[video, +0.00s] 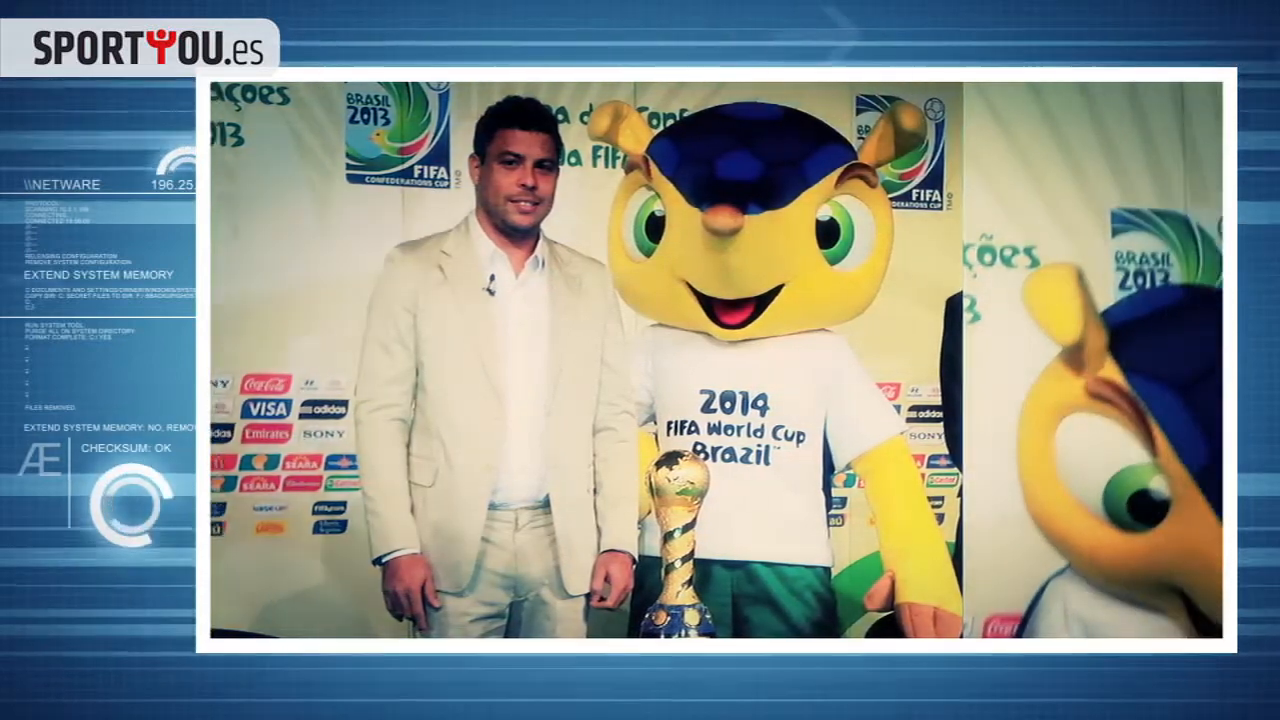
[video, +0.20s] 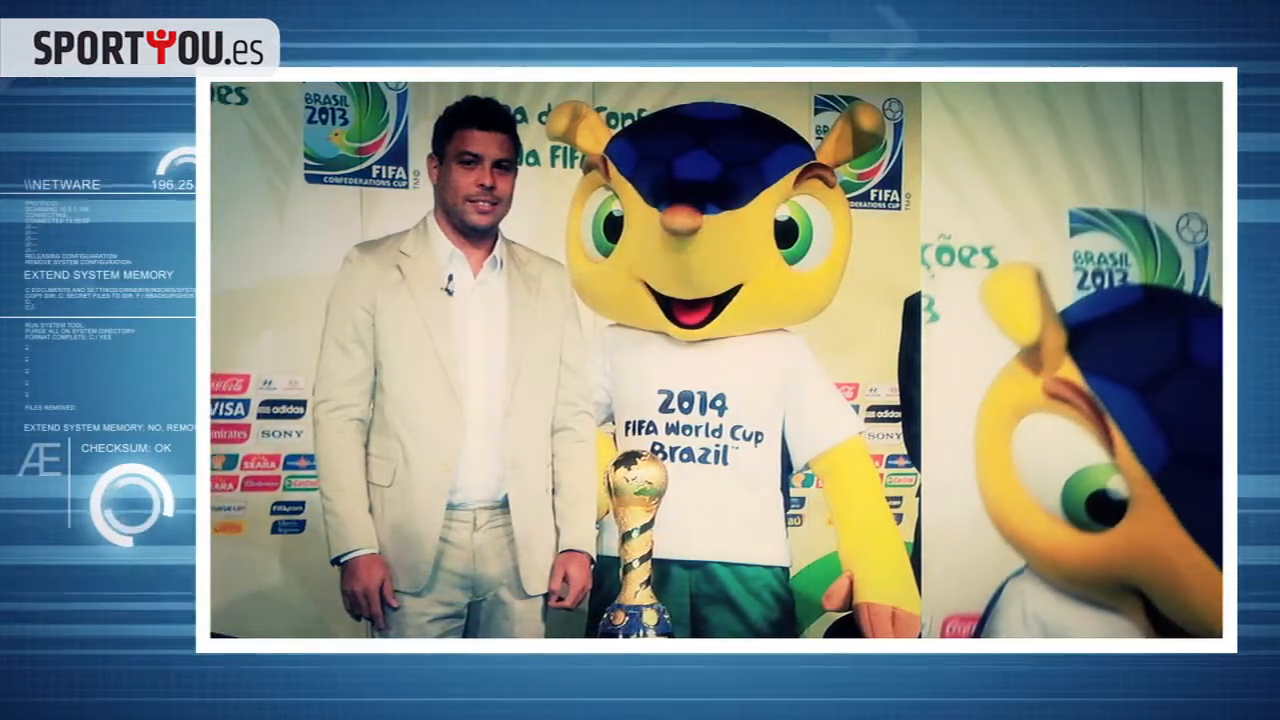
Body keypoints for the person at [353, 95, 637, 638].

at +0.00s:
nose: (529, 180)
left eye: (545, 166)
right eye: (511, 162)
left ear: (558, 178)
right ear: (476, 170)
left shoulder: (591, 282)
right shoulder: (413, 270)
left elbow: (615, 422)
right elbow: (380, 414)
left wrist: (617, 543)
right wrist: (397, 548)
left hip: (564, 542)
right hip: (457, 543)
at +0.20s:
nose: (488, 180)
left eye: (504, 166)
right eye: (469, 162)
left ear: (517, 178)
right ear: (434, 170)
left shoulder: (550, 282)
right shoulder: (371, 270)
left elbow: (573, 423)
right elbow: (338, 414)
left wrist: (576, 543)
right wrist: (356, 548)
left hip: (522, 543)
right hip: (415, 544)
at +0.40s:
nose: (446, 181)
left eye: (462, 166)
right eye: (428, 162)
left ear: (475, 178)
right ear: (393, 170)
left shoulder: (508, 282)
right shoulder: (329, 270)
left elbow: (531, 423)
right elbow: (297, 413)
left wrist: (534, 543)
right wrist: (314, 548)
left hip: (480, 543)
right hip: (374, 544)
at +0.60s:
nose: (405, 181)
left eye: (420, 166)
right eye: (386, 162)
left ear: (433, 178)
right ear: (351, 170)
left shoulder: (466, 282)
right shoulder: (288, 270)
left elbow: (490, 422)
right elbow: (255, 413)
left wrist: (492, 542)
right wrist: (273, 548)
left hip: (439, 544)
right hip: (332, 545)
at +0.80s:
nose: (362, 180)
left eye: (378, 166)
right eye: (345, 163)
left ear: (392, 178)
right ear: (310, 169)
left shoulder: (425, 283)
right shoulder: (243, 271)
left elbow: (448, 422)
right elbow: (218, 417)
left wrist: (452, 543)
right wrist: (232, 547)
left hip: (398, 542)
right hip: (291, 544)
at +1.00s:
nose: (321, 180)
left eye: (337, 166)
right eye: (302, 162)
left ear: (350, 178)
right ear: (267, 169)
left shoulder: (386, 284)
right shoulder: (205, 275)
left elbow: (406, 422)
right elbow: (179, 416)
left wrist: (409, 542)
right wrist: (195, 543)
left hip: (357, 542)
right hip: (248, 543)